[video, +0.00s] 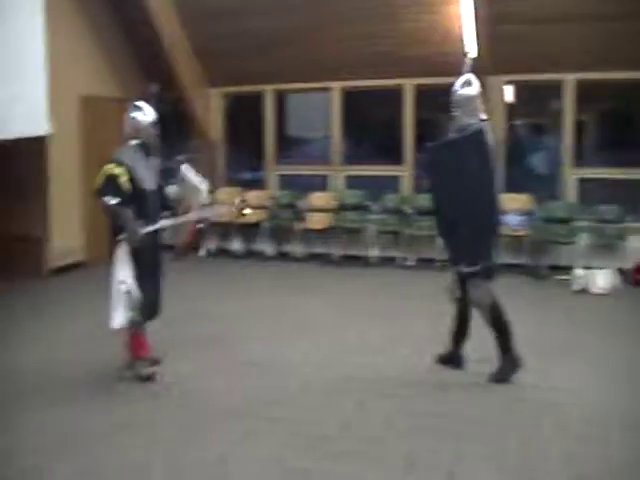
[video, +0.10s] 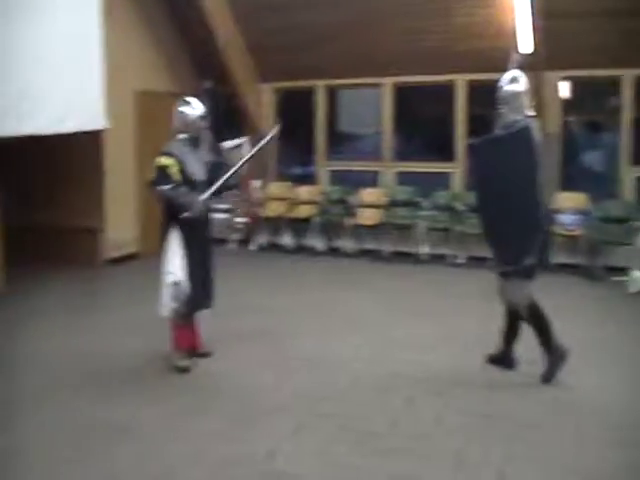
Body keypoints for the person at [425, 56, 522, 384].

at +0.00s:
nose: (466, 109)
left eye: (466, 102)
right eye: (465, 103)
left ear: (461, 107)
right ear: (468, 106)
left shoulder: (470, 140)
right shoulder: (465, 138)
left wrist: (452, 233)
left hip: (472, 229)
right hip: (467, 227)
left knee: (479, 290)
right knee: (463, 290)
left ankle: (508, 355)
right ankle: (455, 349)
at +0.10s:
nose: (507, 104)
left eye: (511, 98)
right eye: (506, 98)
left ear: (517, 101)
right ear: (507, 101)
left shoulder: (520, 134)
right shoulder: (506, 132)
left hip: (522, 224)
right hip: (507, 223)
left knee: (517, 290)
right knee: (511, 289)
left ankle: (553, 349)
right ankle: (506, 350)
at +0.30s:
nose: (552, 105)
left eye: (557, 99)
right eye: (549, 99)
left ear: (564, 102)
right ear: (544, 103)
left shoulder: (569, 135)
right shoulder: (547, 135)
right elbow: (535, 184)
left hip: (565, 226)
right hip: (548, 225)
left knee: (545, 287)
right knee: (556, 287)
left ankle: (570, 352)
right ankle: (562, 349)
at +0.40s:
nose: (543, 106)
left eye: (546, 101)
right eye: (542, 101)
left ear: (545, 105)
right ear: (557, 102)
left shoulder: (557, 136)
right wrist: (523, 226)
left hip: (554, 227)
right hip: (552, 226)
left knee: (532, 283)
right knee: (557, 289)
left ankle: (545, 354)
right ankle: (558, 355)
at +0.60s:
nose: (517, 113)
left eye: (521, 107)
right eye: (519, 107)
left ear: (529, 110)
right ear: (540, 108)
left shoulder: (540, 139)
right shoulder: (548, 137)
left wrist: (504, 148)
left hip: (535, 230)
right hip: (546, 228)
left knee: (516, 290)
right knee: (548, 291)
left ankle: (503, 354)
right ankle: (556, 355)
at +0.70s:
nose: (514, 110)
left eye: (519, 103)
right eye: (514, 103)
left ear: (529, 103)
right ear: (516, 105)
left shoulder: (535, 137)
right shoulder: (530, 135)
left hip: (530, 228)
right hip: (533, 226)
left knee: (509, 290)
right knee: (540, 290)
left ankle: (499, 354)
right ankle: (553, 354)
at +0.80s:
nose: (505, 110)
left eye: (508, 103)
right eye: (505, 103)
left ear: (516, 103)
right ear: (519, 103)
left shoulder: (527, 136)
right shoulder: (520, 134)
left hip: (519, 228)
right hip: (516, 225)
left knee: (502, 290)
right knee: (530, 287)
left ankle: (498, 356)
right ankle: (551, 351)